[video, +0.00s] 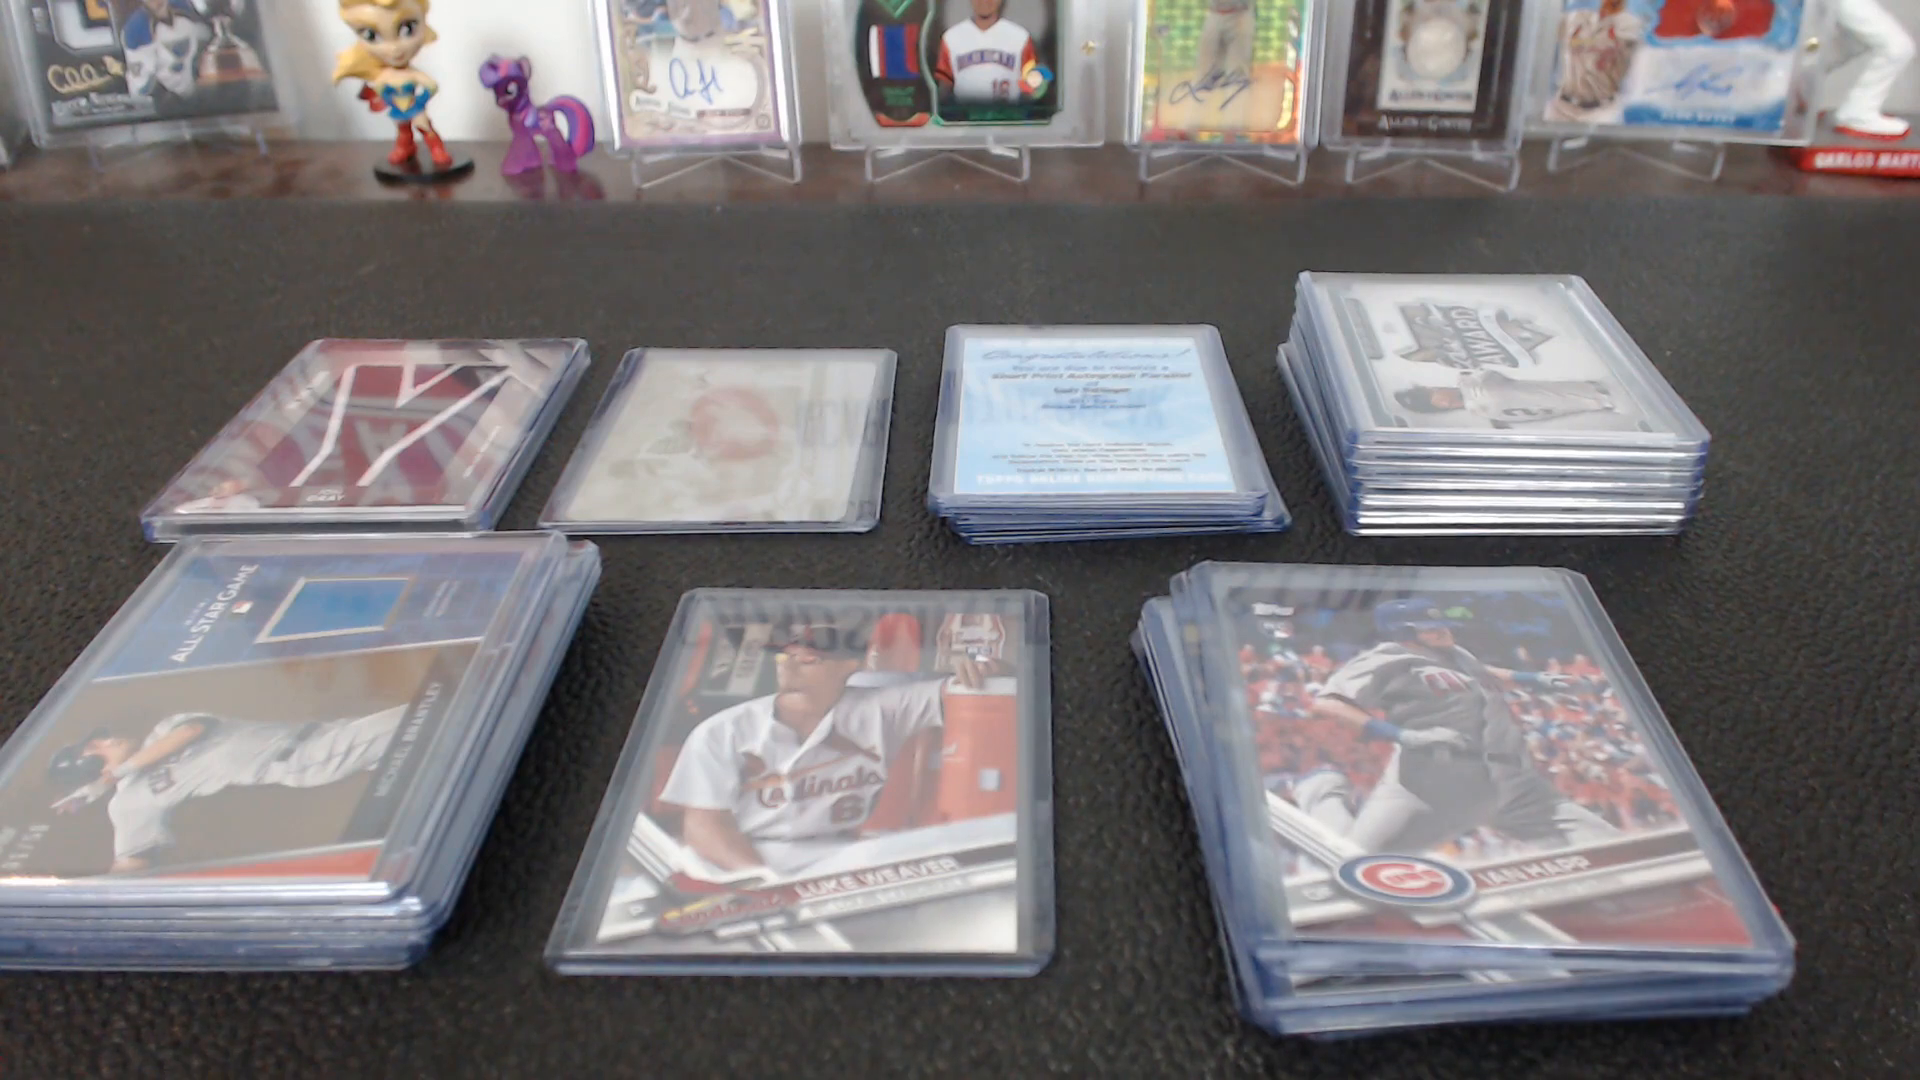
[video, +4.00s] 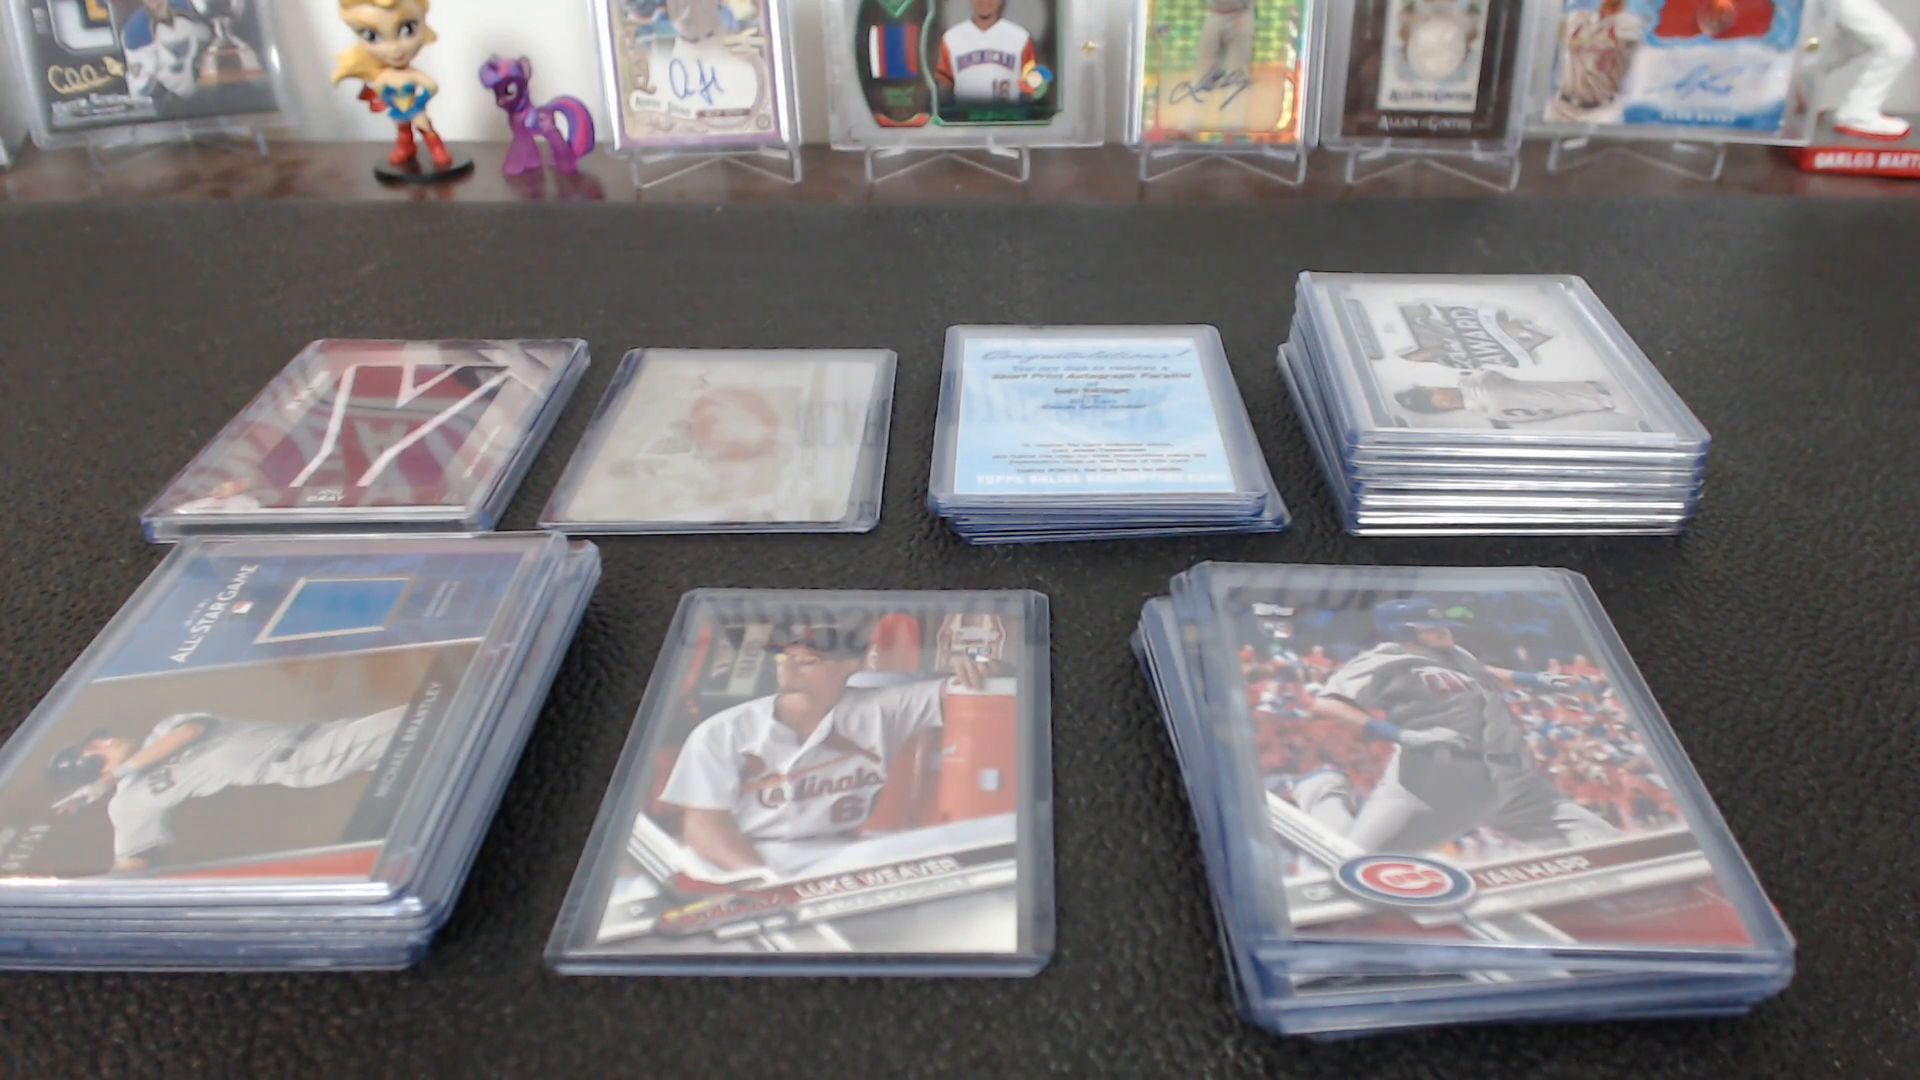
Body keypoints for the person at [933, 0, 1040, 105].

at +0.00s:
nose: (984, 2)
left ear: (1000, 2)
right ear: (971, 2)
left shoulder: (1020, 36)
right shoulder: (951, 37)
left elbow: (1030, 81)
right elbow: (944, 81)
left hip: (1009, 120)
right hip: (966, 119)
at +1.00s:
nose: (984, 2)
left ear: (1000, 2)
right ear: (971, 2)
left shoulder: (1020, 36)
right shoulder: (951, 37)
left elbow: (1030, 84)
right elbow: (944, 82)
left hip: (1009, 122)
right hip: (965, 121)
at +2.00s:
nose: (984, 2)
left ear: (1000, 2)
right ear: (972, 2)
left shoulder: (1020, 36)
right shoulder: (951, 37)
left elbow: (1030, 81)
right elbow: (944, 79)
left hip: (1009, 120)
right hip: (965, 119)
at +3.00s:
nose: (984, 2)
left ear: (1000, 2)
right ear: (971, 2)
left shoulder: (1020, 37)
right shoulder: (950, 38)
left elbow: (1029, 81)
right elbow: (944, 78)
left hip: (1009, 121)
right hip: (965, 120)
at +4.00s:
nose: (984, 2)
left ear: (1001, 2)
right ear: (971, 2)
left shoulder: (1020, 37)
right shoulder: (950, 38)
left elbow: (1029, 81)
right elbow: (944, 78)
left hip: (1008, 120)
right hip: (965, 119)